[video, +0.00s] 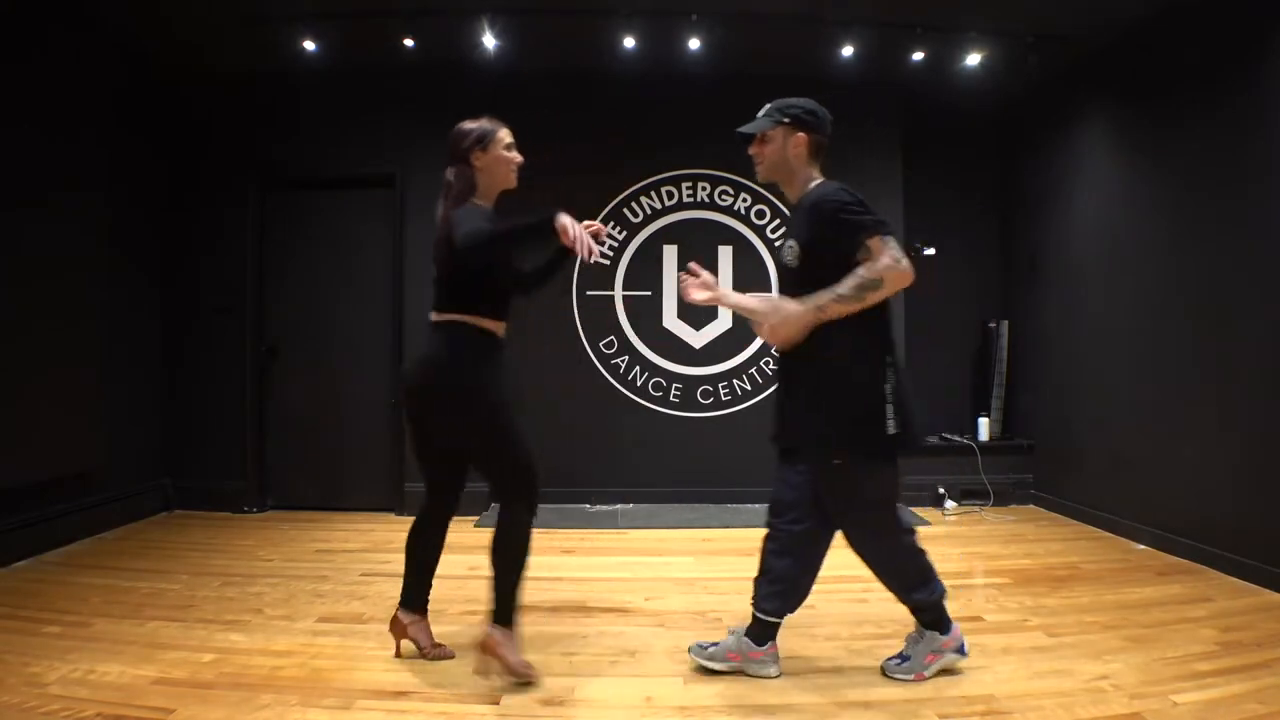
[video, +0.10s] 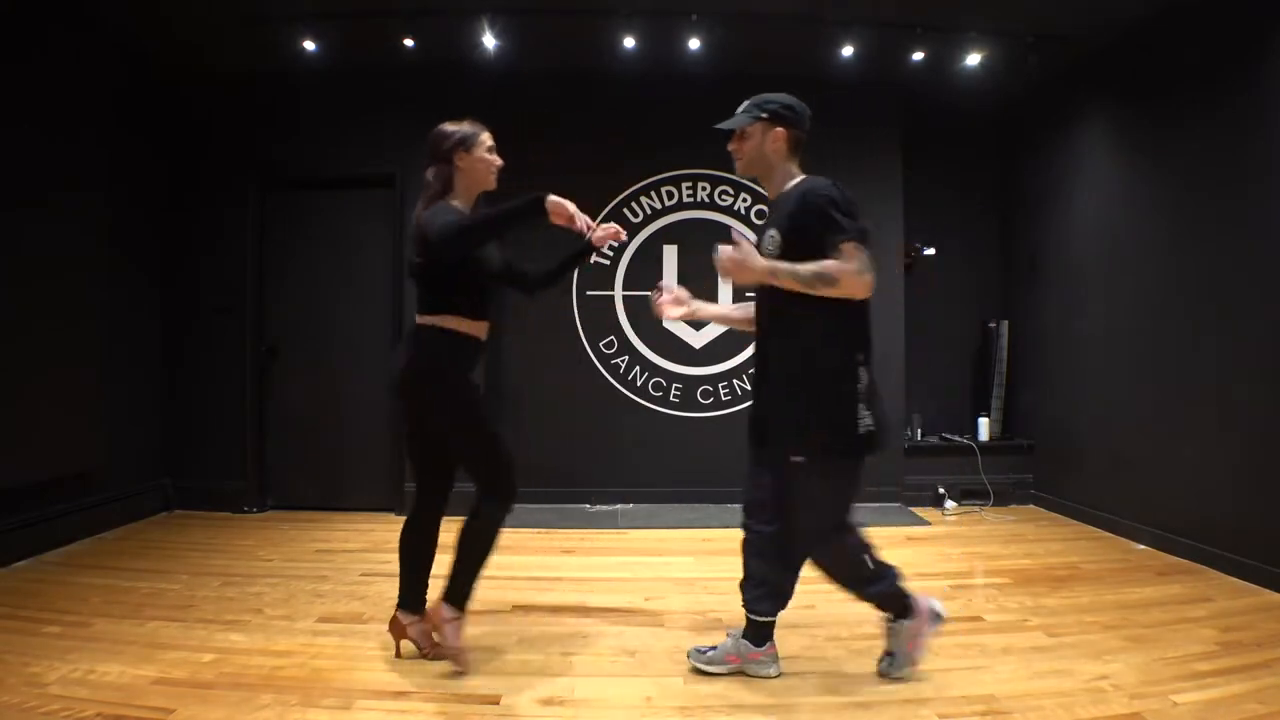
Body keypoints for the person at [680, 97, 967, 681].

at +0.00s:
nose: (753, 151)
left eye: (762, 139)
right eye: (753, 141)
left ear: (797, 139)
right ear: (790, 143)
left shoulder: (831, 202)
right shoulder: (802, 219)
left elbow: (895, 267)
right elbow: (794, 313)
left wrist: (809, 310)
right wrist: (722, 295)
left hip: (851, 403)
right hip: (812, 403)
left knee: (872, 520)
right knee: (793, 522)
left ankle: (939, 631)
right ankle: (758, 639)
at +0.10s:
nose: (732, 147)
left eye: (742, 135)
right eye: (733, 137)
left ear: (777, 136)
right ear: (768, 140)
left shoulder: (819, 197)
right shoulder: (776, 216)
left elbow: (858, 278)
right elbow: (773, 315)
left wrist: (763, 271)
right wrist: (697, 307)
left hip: (826, 400)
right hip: (780, 398)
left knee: (817, 525)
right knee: (767, 521)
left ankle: (907, 611)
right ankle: (757, 641)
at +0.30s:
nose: (686, 157)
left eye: (691, 144)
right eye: (685, 147)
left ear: (726, 138)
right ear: (721, 142)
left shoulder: (761, 208)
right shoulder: (738, 213)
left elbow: (752, 306)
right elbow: (722, 315)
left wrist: (668, 318)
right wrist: (651, 305)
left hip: (740, 407)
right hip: (722, 403)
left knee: (672, 513)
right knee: (721, 527)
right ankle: (751, 643)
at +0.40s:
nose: (667, 165)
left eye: (673, 151)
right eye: (666, 154)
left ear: (707, 141)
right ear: (707, 146)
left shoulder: (738, 214)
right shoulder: (727, 215)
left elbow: (719, 314)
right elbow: (703, 311)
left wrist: (623, 313)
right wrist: (626, 308)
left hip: (708, 412)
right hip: (702, 409)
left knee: (647, 526)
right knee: (691, 531)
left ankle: (583, 655)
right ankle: (745, 636)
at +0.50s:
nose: (644, 172)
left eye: (647, 157)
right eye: (640, 162)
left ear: (679, 140)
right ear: (683, 147)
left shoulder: (707, 213)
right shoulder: (705, 212)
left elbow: (662, 303)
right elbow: (675, 311)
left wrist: (565, 289)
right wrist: (610, 317)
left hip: (673, 408)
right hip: (667, 403)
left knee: (612, 522)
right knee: (626, 512)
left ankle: (571, 659)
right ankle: (699, 602)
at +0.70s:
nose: (623, 171)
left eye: (624, 156)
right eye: (619, 161)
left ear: (656, 140)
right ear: (659, 143)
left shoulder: (680, 211)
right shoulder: (694, 208)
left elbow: (626, 301)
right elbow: (653, 302)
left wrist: (539, 284)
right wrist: (589, 306)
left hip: (641, 387)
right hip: (646, 382)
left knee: (585, 489)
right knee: (589, 481)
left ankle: (568, 657)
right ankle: (640, 599)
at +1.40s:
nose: (680, 148)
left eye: (688, 137)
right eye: (681, 139)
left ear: (723, 138)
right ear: (720, 141)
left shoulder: (758, 201)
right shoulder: (736, 208)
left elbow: (738, 296)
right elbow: (741, 318)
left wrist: (662, 268)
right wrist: (674, 343)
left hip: (770, 396)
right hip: (735, 393)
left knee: (754, 514)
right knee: (664, 470)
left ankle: (775, 646)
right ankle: (693, 592)